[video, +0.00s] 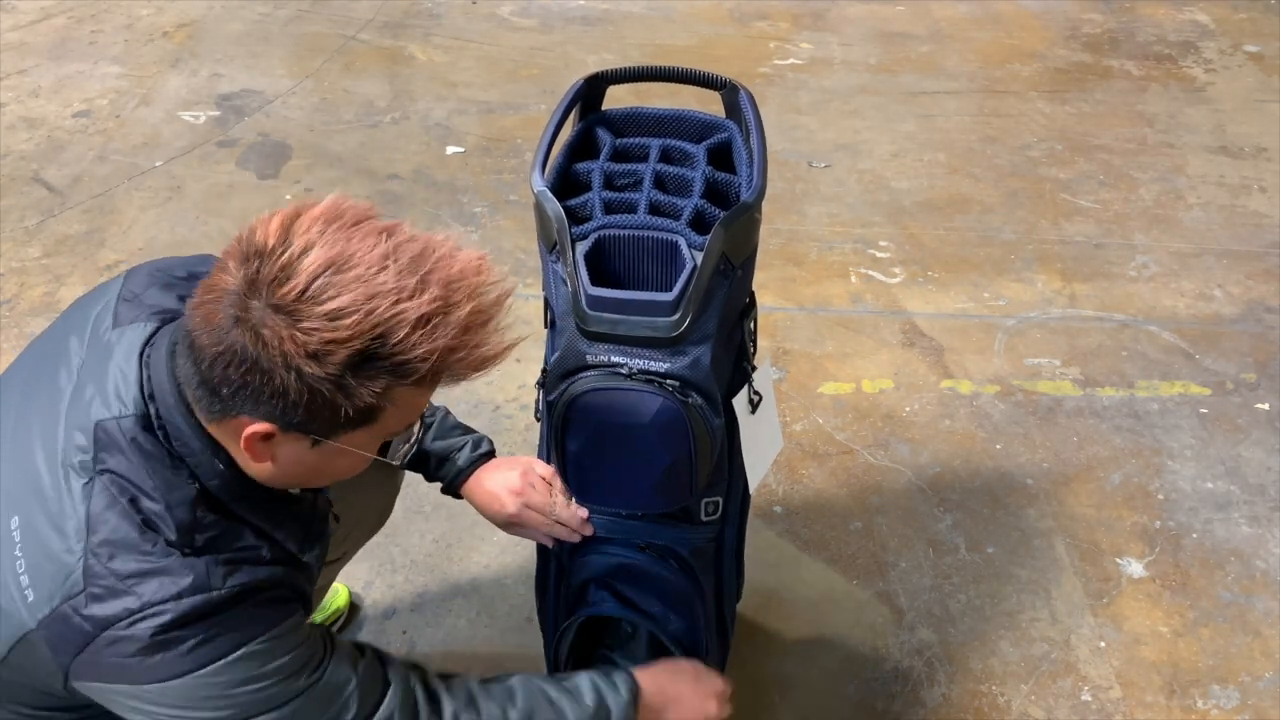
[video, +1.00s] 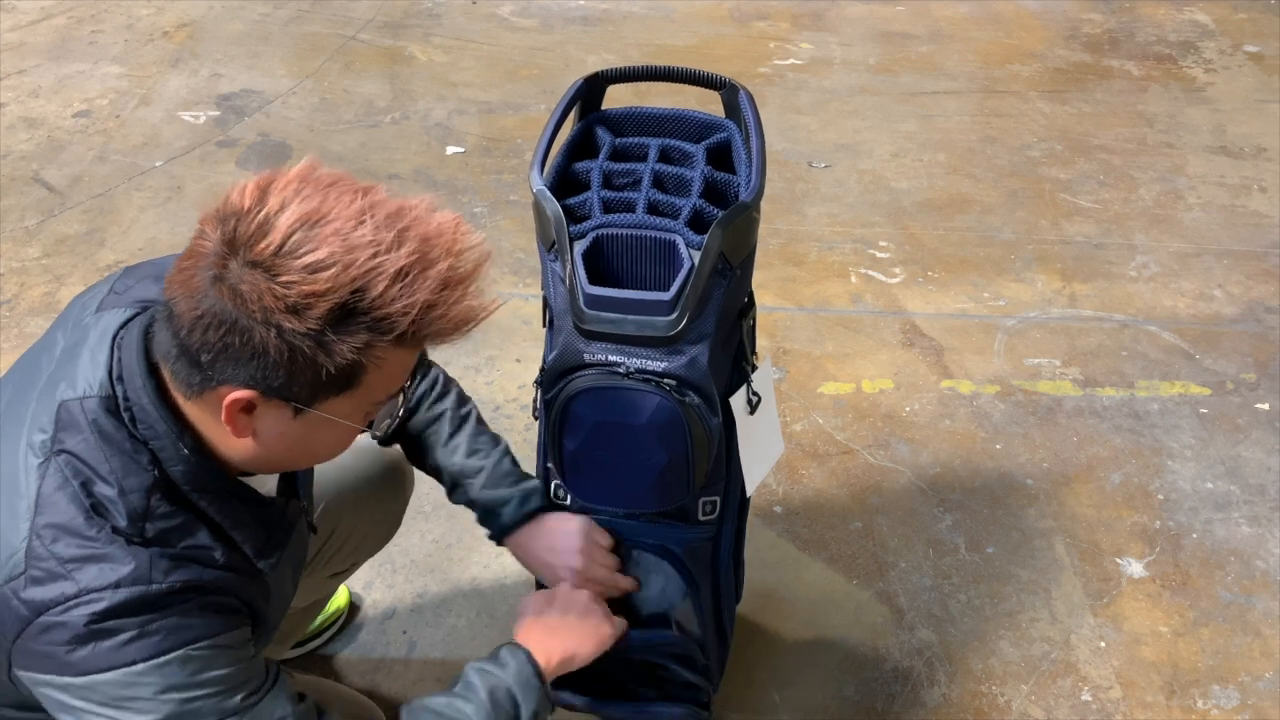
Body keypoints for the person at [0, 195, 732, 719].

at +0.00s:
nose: (403, 435)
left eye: (408, 413)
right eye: (387, 433)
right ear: (266, 445)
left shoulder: (188, 294)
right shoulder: (165, 616)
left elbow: (343, 368)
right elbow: (404, 711)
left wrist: (468, 467)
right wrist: (634, 695)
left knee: (374, 477)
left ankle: (276, 638)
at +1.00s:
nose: (380, 423)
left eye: (393, 397)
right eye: (368, 410)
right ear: (244, 414)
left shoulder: (185, 295)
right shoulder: (125, 631)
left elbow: (408, 385)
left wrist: (523, 517)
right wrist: (527, 660)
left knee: (378, 484)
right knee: (351, 711)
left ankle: (270, 636)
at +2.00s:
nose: (323, 290)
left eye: (316, 255)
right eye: (300, 278)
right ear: (163, 336)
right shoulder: (88, 572)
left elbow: (326, 380)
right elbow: (389, 676)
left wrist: (454, 386)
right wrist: (567, 459)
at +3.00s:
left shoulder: (192, 23)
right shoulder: (72, 119)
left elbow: (272, 202)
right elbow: (315, 450)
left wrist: (465, 337)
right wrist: (584, 420)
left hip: (15, 373)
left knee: (82, 533)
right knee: (42, 668)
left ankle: (198, 653)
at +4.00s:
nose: (483, 37)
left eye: (507, 20)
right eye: (504, 13)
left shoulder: (237, 14)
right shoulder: (164, 128)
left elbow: (316, 195)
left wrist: (461, 360)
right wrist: (537, 487)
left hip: (20, 392)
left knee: (94, 532)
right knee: (69, 666)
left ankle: (202, 654)